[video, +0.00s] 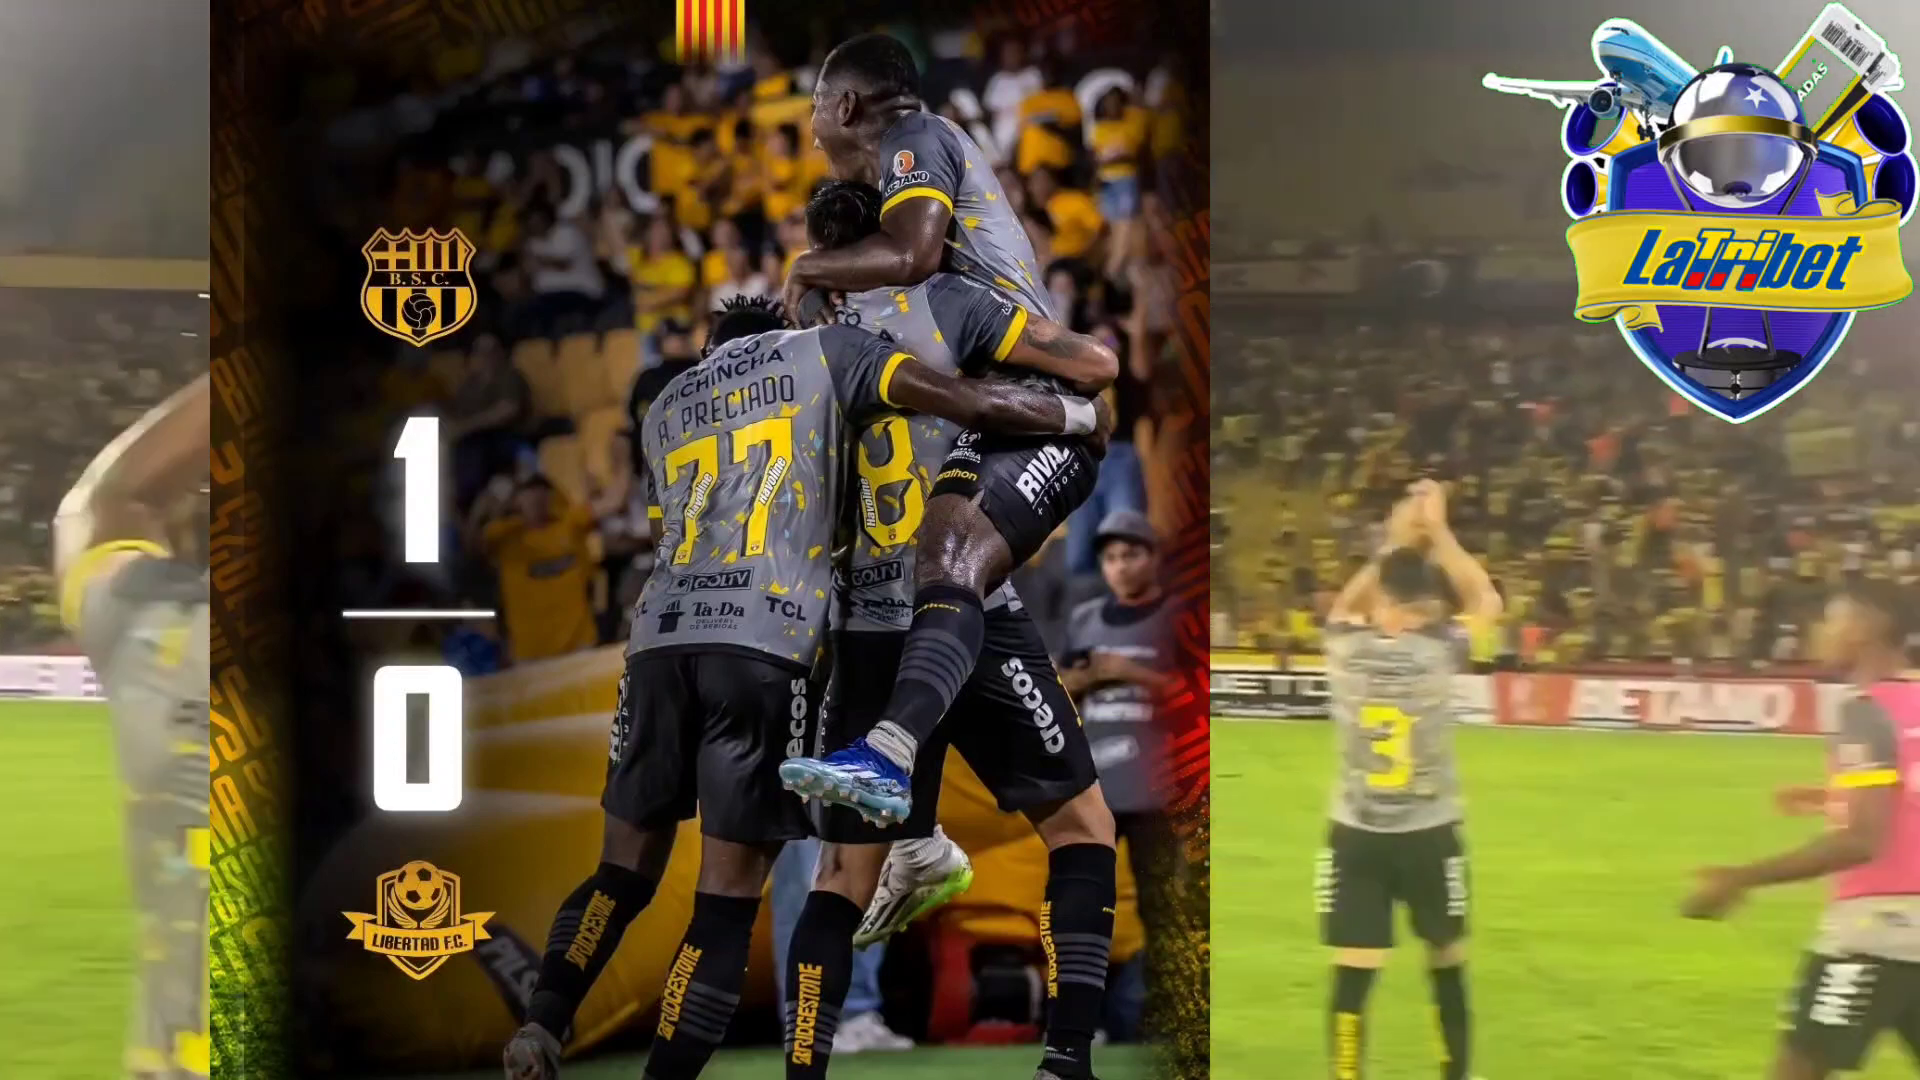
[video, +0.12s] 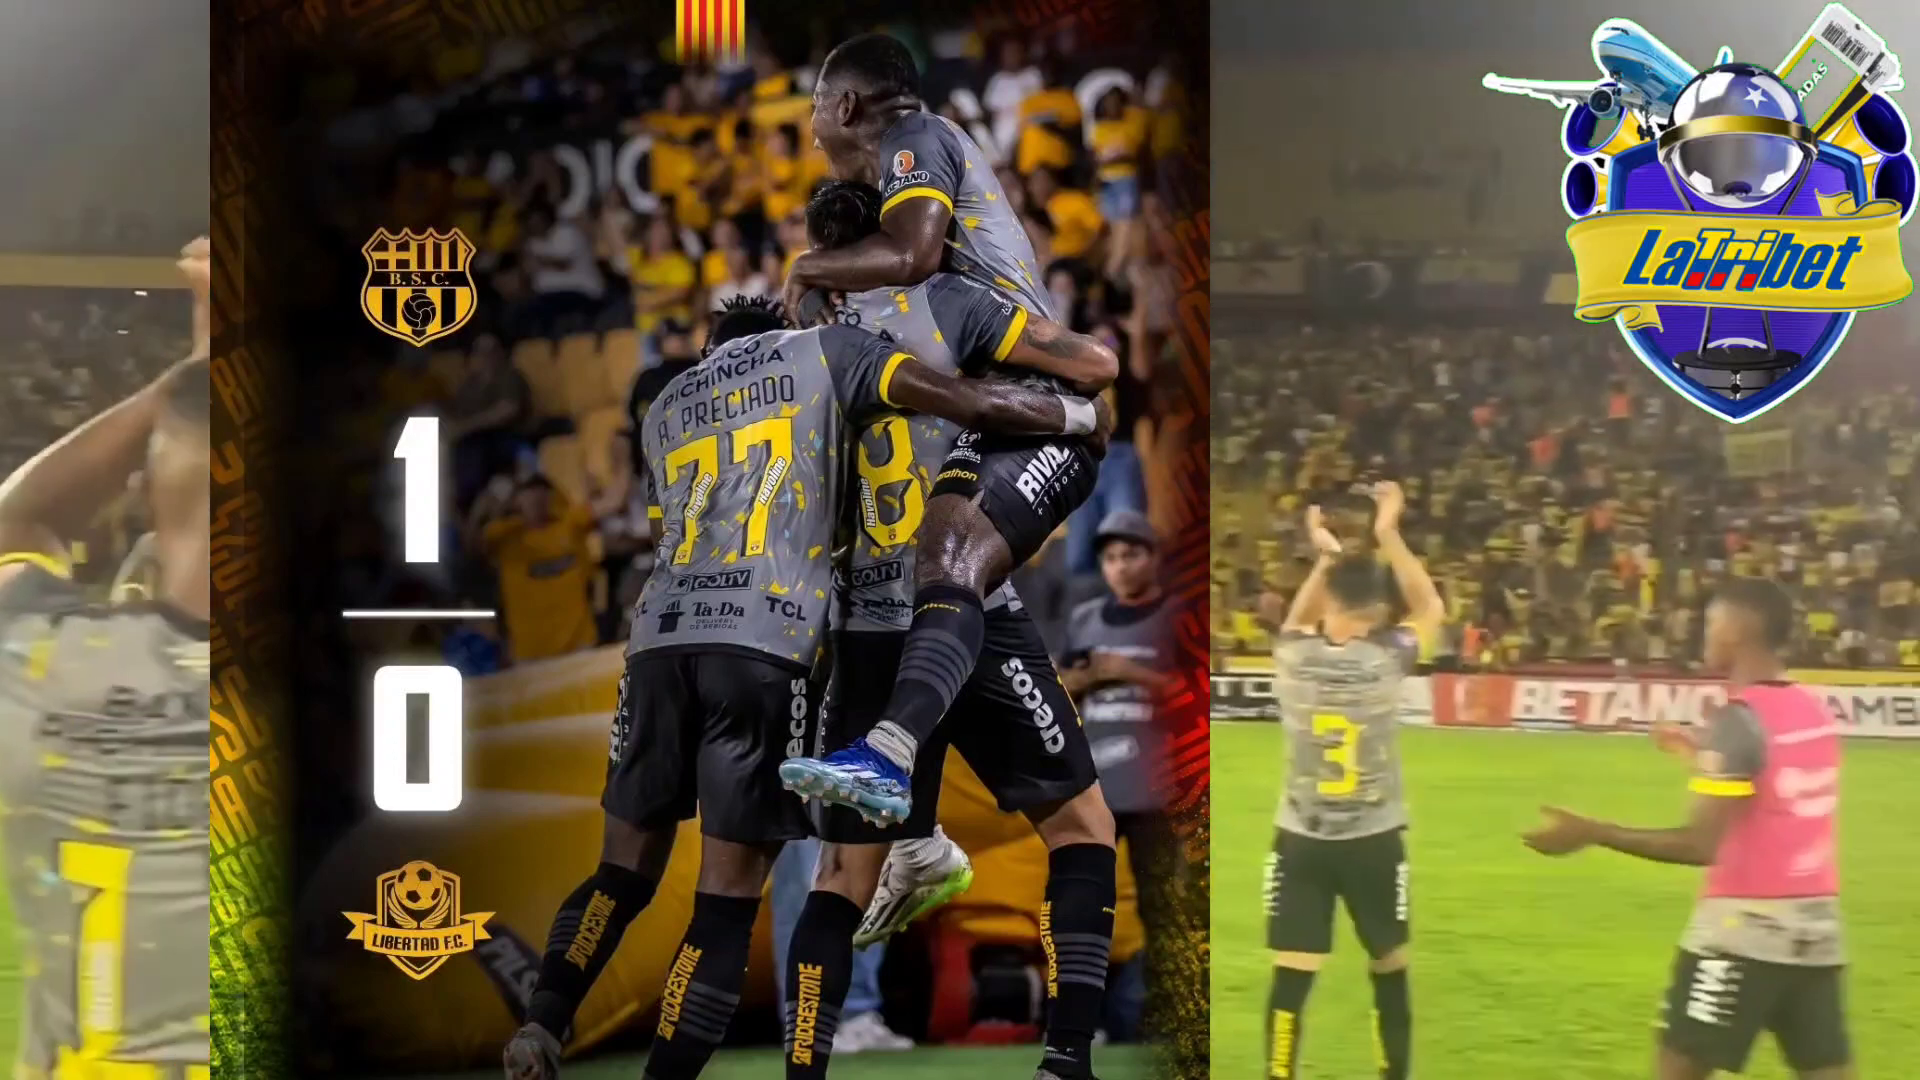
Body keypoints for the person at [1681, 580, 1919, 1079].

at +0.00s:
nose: (1823, 631)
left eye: (1835, 619)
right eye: (1828, 618)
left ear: (1870, 628)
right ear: (1885, 631)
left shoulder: (1865, 709)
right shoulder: (1908, 699)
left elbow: (1861, 838)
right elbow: (1901, 794)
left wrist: (1740, 878)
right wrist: (1827, 798)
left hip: (1874, 933)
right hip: (1906, 930)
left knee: (1798, 1066)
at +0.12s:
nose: (1704, 636)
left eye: (1712, 622)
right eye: (1707, 623)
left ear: (1740, 630)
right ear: (1768, 633)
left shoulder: (1740, 721)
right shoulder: (1814, 711)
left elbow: (1699, 844)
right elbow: (1780, 789)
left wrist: (1591, 831)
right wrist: (1707, 750)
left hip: (1740, 938)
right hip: (1815, 938)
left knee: (1679, 1068)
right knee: (1830, 1070)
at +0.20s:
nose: (1611, 628)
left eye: (1618, 616)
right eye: (1615, 615)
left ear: (1643, 624)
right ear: (1684, 626)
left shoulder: (1636, 710)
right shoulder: (1719, 697)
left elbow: (1575, 824)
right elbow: (1657, 796)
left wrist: (1509, 772)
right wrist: (1598, 726)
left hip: (1641, 926)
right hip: (1712, 923)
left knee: (1596, 1068)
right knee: (1701, 1071)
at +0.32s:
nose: (1538, 617)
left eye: (1543, 603)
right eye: (1540, 603)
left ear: (1564, 610)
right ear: (1610, 616)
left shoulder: (1550, 696)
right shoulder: (1645, 686)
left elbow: (1489, 794)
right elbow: (1590, 765)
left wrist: (1486, 728)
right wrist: (1523, 718)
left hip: (1572, 913)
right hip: (1636, 909)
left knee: (1549, 1069)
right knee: (1592, 1064)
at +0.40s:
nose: (1485, 621)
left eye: (1489, 608)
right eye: (1489, 608)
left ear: (1505, 614)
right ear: (1557, 619)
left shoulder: (1489, 701)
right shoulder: (1593, 695)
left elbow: (1426, 799)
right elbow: (1535, 761)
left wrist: (1429, 727)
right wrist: (1473, 707)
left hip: (1516, 915)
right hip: (1577, 914)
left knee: (1510, 1068)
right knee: (1528, 1063)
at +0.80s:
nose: (1474, 631)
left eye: (1479, 623)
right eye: (1478, 623)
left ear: (1483, 633)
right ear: (1543, 647)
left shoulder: (1459, 710)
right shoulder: (1566, 723)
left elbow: (1386, 803)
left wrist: (1397, 722)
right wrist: (1462, 706)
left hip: (1465, 932)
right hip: (1533, 934)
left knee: (1463, 1069)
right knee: (1511, 1068)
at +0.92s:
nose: (1533, 628)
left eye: (1539, 615)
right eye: (1534, 616)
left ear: (1558, 620)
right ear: (1607, 626)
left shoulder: (1539, 697)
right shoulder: (1637, 705)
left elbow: (1462, 789)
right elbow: (1619, 628)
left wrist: (1468, 702)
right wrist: (1583, 563)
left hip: (1538, 932)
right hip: (1611, 937)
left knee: (1503, 1066)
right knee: (1584, 1068)